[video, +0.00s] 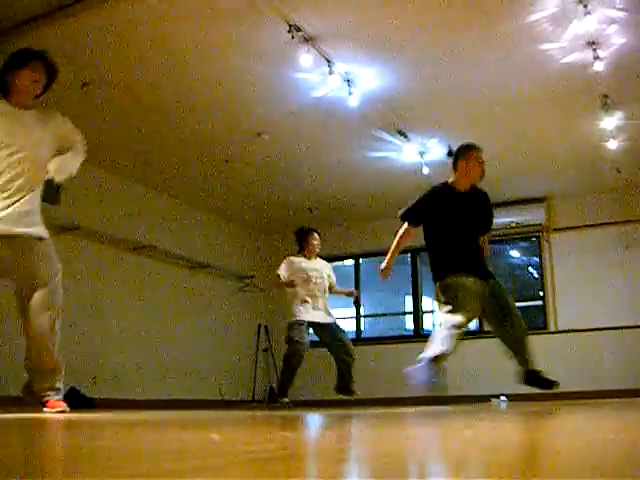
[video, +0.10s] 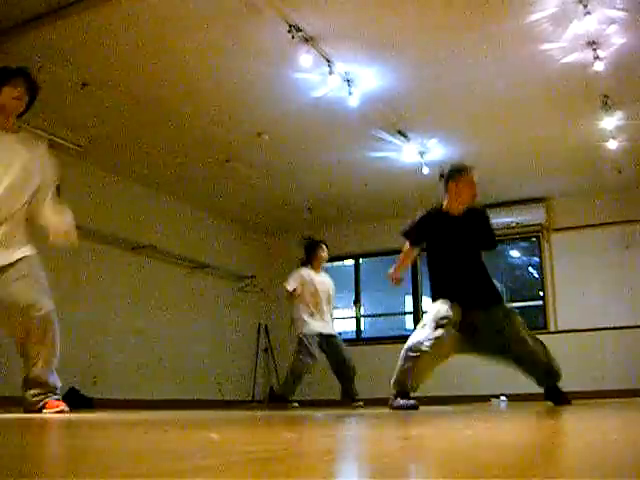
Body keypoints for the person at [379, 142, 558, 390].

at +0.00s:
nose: (484, 168)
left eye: (483, 162)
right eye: (478, 162)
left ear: (469, 167)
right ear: (463, 165)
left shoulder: (480, 199)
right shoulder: (436, 196)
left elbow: (483, 239)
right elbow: (408, 227)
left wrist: (482, 270)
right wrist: (389, 260)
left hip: (479, 274)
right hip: (452, 273)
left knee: (510, 321)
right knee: (455, 319)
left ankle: (527, 370)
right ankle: (429, 363)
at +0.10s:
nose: (474, 190)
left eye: (474, 183)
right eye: (469, 184)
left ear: (466, 187)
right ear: (452, 187)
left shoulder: (477, 217)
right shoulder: (431, 220)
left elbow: (488, 248)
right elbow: (411, 249)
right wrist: (398, 270)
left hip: (484, 298)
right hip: (449, 302)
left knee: (521, 340)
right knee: (426, 342)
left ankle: (551, 386)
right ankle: (401, 393)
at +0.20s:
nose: (472, 201)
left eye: (471, 196)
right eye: (466, 196)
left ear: (453, 203)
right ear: (448, 203)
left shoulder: (477, 228)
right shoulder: (428, 235)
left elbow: (491, 258)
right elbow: (408, 262)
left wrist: (499, 274)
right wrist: (389, 282)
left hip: (485, 311)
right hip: (448, 313)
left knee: (520, 349)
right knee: (438, 338)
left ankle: (551, 391)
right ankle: (401, 393)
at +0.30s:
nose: (470, 192)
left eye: (469, 188)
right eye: (465, 188)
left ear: (456, 193)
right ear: (448, 193)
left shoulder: (474, 219)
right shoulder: (420, 223)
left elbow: (505, 235)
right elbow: (391, 248)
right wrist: (364, 270)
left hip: (472, 303)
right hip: (436, 304)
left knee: (507, 343)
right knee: (427, 334)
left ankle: (543, 386)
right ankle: (403, 391)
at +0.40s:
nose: (469, 195)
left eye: (468, 190)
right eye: (464, 190)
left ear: (453, 195)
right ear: (446, 194)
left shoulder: (469, 218)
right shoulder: (419, 219)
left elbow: (496, 213)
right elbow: (380, 231)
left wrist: (514, 232)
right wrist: (391, 246)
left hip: (457, 294)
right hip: (422, 294)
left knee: (497, 336)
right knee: (419, 318)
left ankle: (492, 385)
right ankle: (409, 388)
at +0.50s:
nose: (465, 212)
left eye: (464, 206)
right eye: (460, 206)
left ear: (454, 210)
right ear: (446, 209)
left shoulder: (464, 233)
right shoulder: (420, 233)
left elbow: (488, 233)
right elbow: (380, 252)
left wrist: (487, 249)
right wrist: (413, 260)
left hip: (443, 307)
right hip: (413, 304)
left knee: (474, 339)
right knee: (416, 324)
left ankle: (443, 372)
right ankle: (405, 377)